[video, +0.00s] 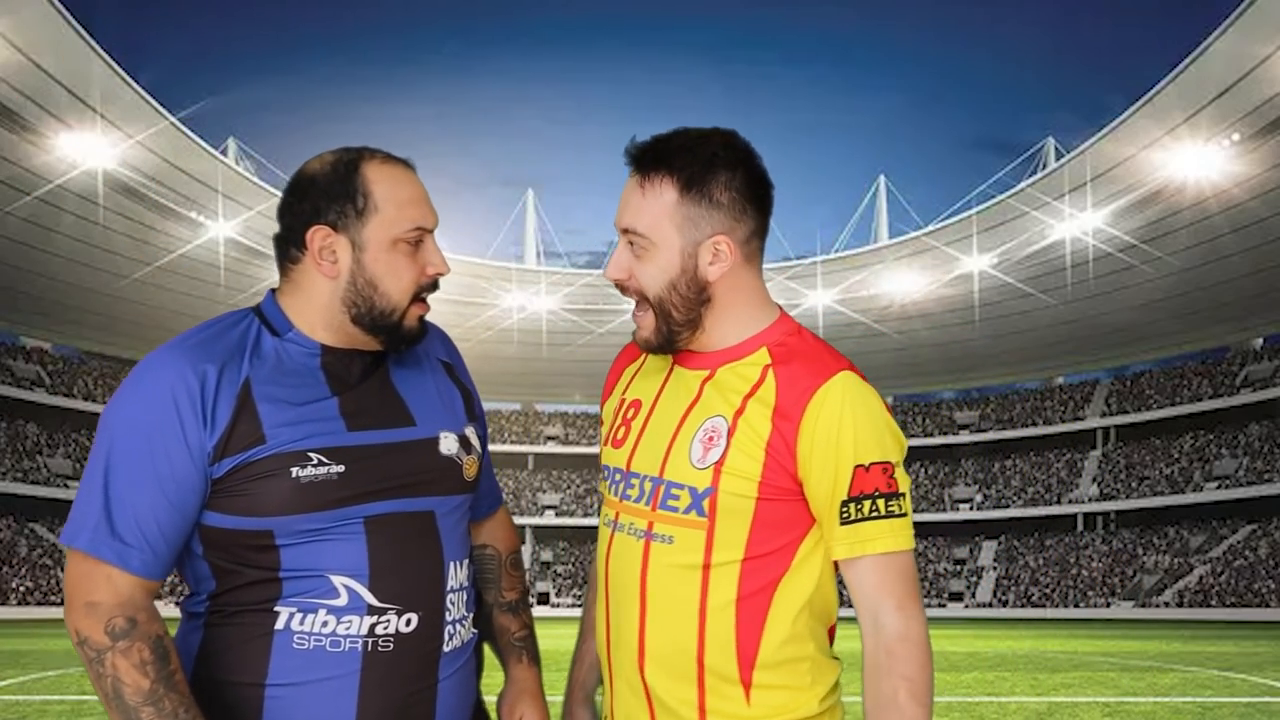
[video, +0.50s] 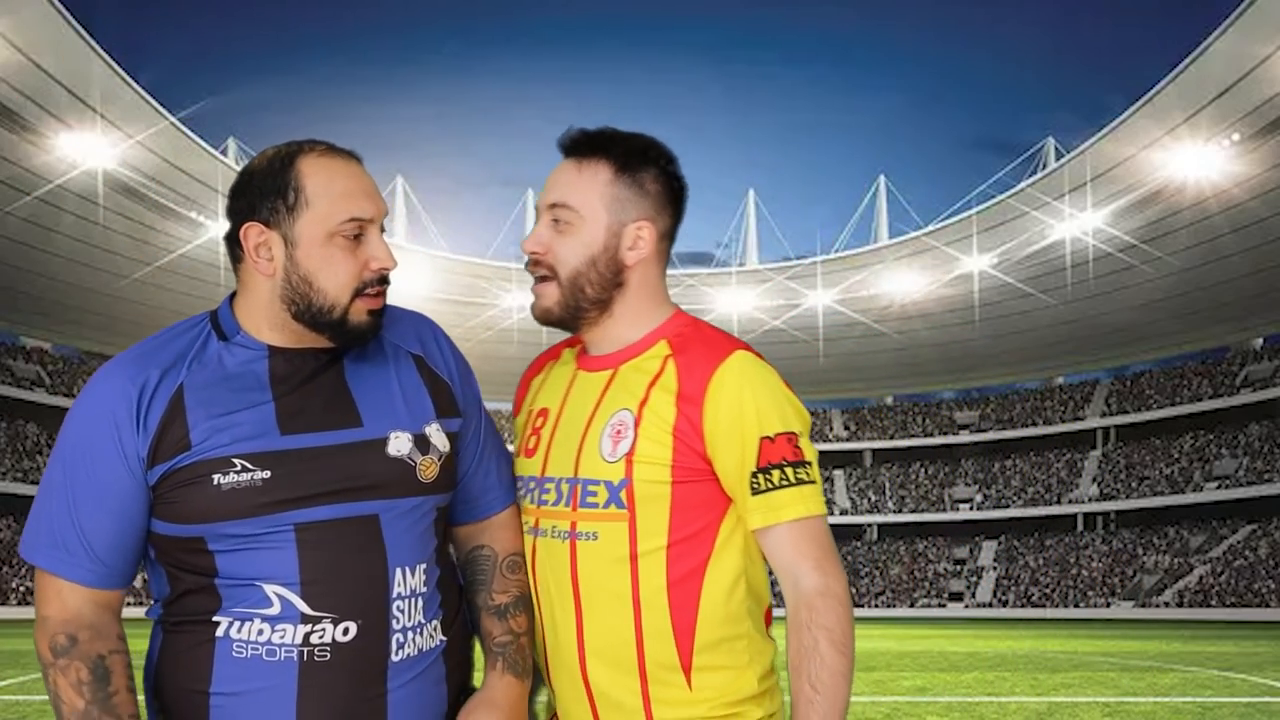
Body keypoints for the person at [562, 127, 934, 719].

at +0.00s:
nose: (613, 272)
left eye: (636, 245)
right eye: (619, 242)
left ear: (717, 256)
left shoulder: (828, 397)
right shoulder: (629, 372)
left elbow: (894, 631)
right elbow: (618, 554)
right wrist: (579, 693)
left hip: (766, 706)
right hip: (625, 706)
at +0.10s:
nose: (611, 260)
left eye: (634, 235)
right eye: (619, 232)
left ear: (713, 250)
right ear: (712, 252)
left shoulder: (818, 396)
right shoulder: (632, 369)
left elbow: (875, 633)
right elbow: (613, 580)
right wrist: (573, 703)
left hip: (751, 705)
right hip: (612, 706)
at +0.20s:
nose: (607, 251)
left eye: (632, 225)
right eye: (616, 222)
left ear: (709, 241)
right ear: (707, 243)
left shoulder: (807, 392)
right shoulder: (626, 367)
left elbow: (861, 628)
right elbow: (607, 573)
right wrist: (568, 700)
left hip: (733, 705)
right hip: (600, 705)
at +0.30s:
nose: (590, 244)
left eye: (617, 220)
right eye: (601, 219)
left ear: (694, 239)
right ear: (693, 241)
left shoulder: (788, 388)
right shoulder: (607, 370)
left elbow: (848, 619)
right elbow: (596, 572)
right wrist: (559, 697)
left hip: (719, 704)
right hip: (587, 703)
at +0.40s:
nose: (564, 242)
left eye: (594, 218)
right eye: (577, 218)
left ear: (668, 241)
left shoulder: (762, 385)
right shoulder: (577, 374)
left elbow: (835, 605)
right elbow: (575, 575)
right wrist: (527, 697)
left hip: (714, 703)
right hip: (580, 703)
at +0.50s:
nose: (530, 246)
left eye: (560, 222)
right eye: (538, 222)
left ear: (636, 242)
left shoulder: (730, 380)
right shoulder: (539, 381)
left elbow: (817, 589)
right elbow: (525, 575)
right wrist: (501, 694)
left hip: (712, 702)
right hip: (574, 705)